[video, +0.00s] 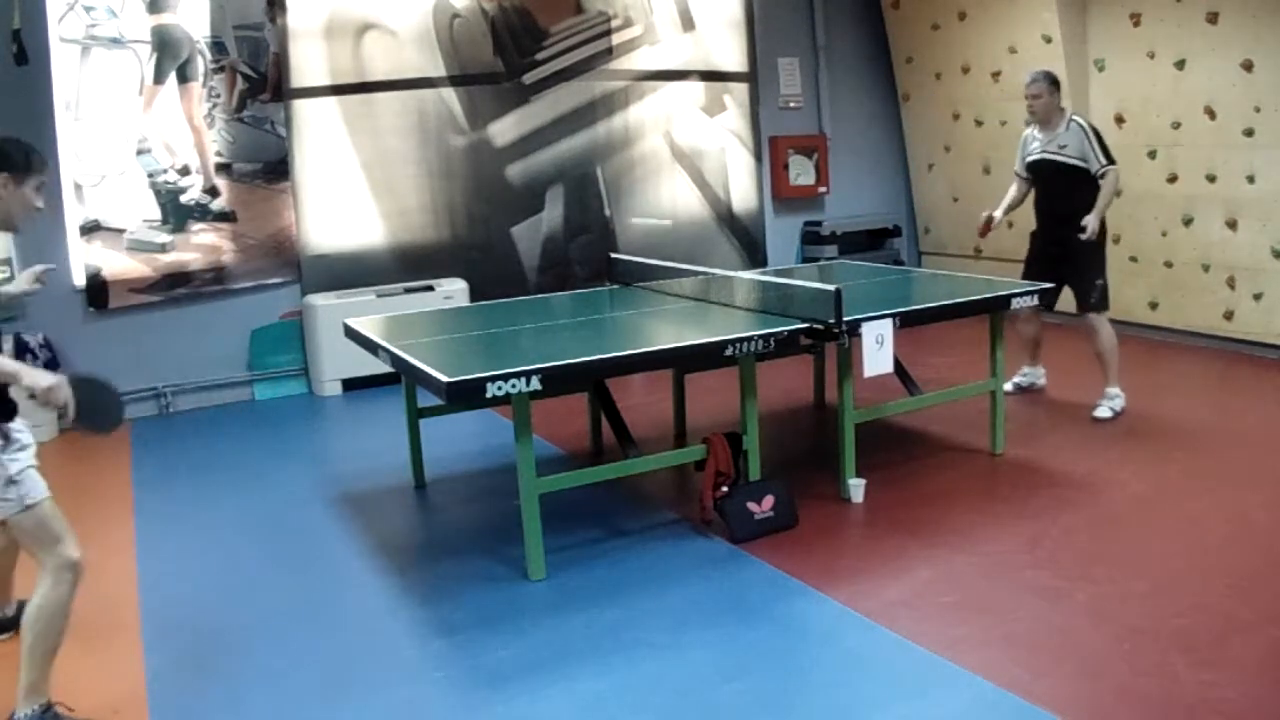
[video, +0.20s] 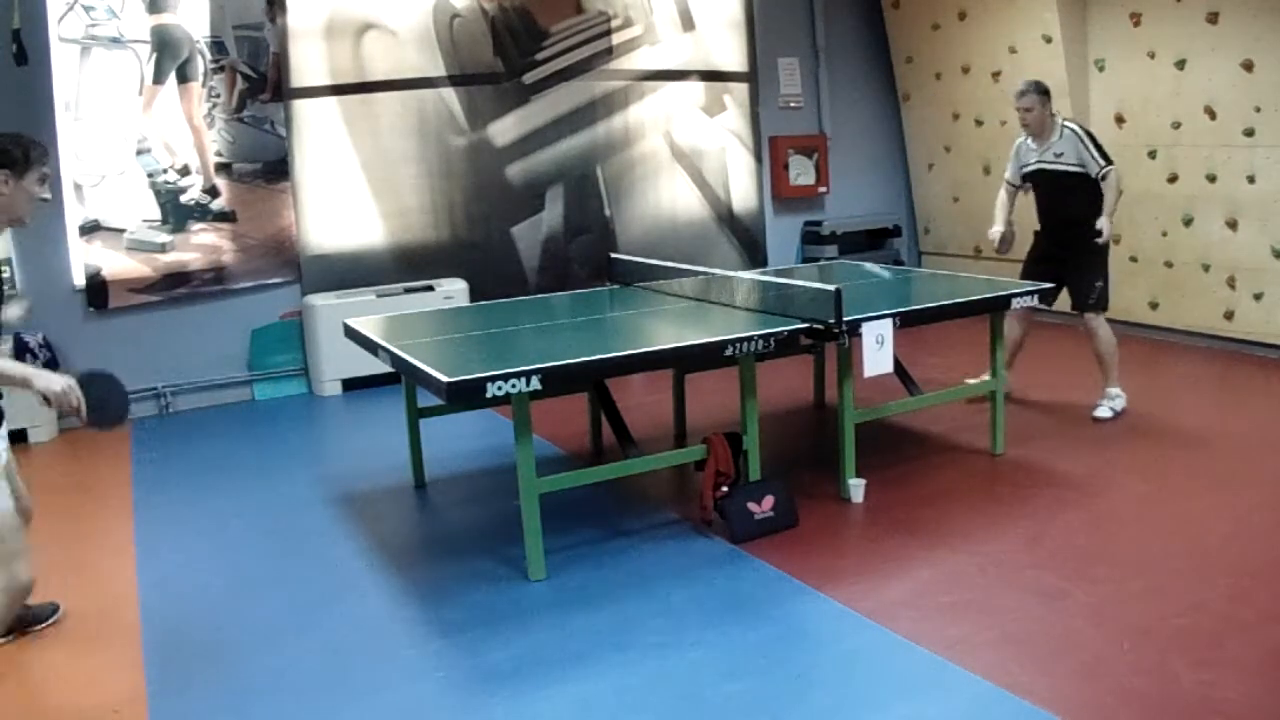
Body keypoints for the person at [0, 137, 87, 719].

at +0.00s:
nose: (40, 202)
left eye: (41, 192)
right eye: (35, 190)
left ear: (12, 189)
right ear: (6, 187)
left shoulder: (7, 245)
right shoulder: (3, 250)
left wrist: (16, 288)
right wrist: (30, 376)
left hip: (12, 431)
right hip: (7, 437)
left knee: (18, 521)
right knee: (62, 560)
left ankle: (4, 608)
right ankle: (32, 705)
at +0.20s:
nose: (43, 195)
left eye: (44, 183)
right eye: (38, 182)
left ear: (9, 183)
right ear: (5, 181)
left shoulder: (4, 244)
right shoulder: (3, 247)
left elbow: (3, 354)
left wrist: (39, 379)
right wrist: (35, 378)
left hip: (1, 430)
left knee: (19, 508)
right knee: (15, 575)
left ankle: (9, 613)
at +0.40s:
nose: (78, 214)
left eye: (79, 203)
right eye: (72, 202)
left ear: (41, 202)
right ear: (39, 201)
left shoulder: (17, 261)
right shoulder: (10, 266)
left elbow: (13, 373)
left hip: (6, 439)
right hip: (1, 445)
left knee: (57, 481)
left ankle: (39, 600)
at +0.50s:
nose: (109, 203)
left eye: (110, 192)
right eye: (104, 191)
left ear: (67, 193)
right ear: (74, 192)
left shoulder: (21, 243)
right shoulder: (46, 252)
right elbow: (51, 358)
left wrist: (182, 265)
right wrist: (131, 402)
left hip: (16, 429)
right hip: (11, 435)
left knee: (68, 476)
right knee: (18, 588)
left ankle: (83, 606)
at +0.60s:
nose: (142, 212)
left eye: (141, 202)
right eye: (137, 202)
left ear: (96, 205)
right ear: (110, 203)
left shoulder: (47, 251)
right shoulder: (94, 261)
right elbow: (108, 355)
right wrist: (167, 394)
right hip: (37, 421)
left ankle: (84, 613)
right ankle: (12, 635)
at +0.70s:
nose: (172, 236)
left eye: (172, 226)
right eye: (168, 226)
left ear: (126, 224)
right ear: (145, 224)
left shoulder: (72, 264)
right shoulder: (145, 276)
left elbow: (25, 340)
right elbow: (185, 363)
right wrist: (207, 392)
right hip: (72, 417)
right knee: (182, 501)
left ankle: (88, 610)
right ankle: (151, 638)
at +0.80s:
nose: (189, 250)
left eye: (188, 241)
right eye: (186, 241)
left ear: (139, 236)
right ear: (170, 239)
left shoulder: (89, 275)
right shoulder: (180, 291)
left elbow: (27, 338)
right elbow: (223, 356)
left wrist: (7, 387)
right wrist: (221, 345)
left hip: (56, 423)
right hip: (120, 424)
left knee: (128, 486)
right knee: (203, 522)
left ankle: (120, 575)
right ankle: (167, 642)